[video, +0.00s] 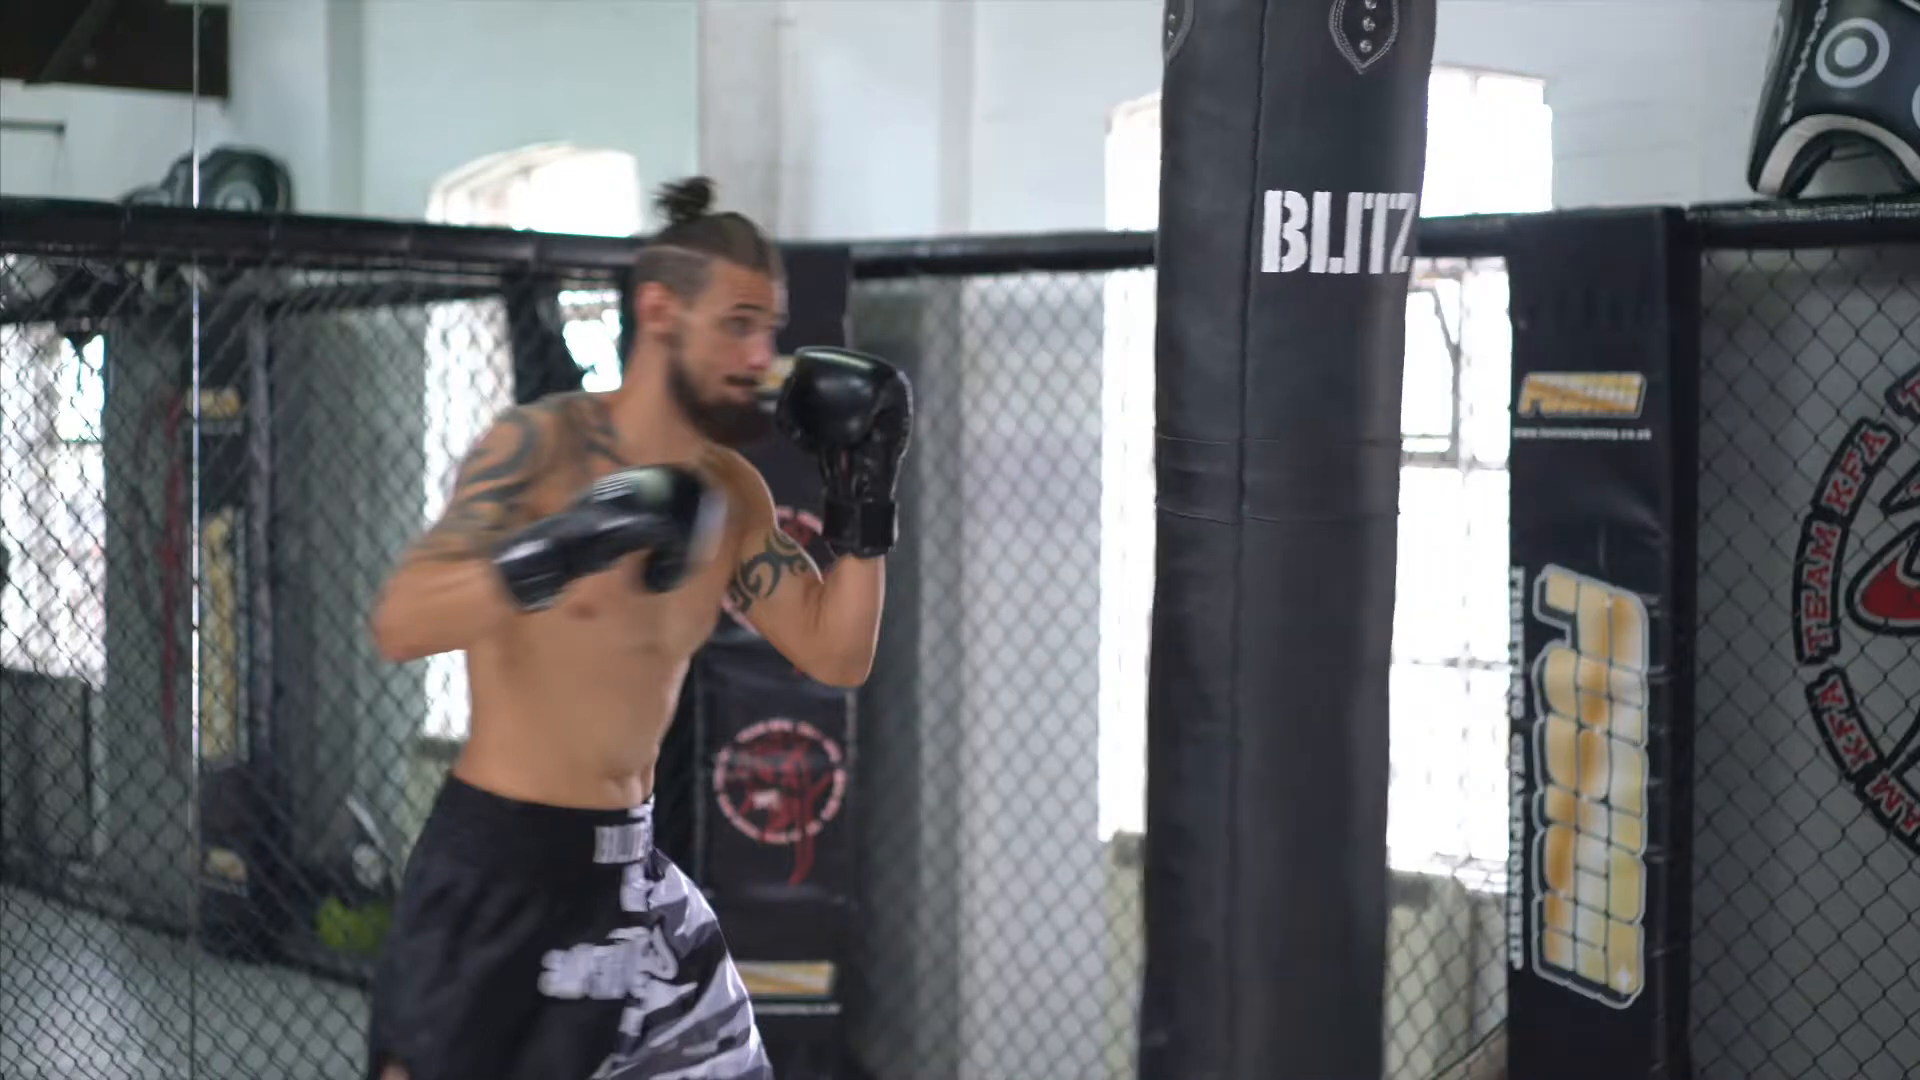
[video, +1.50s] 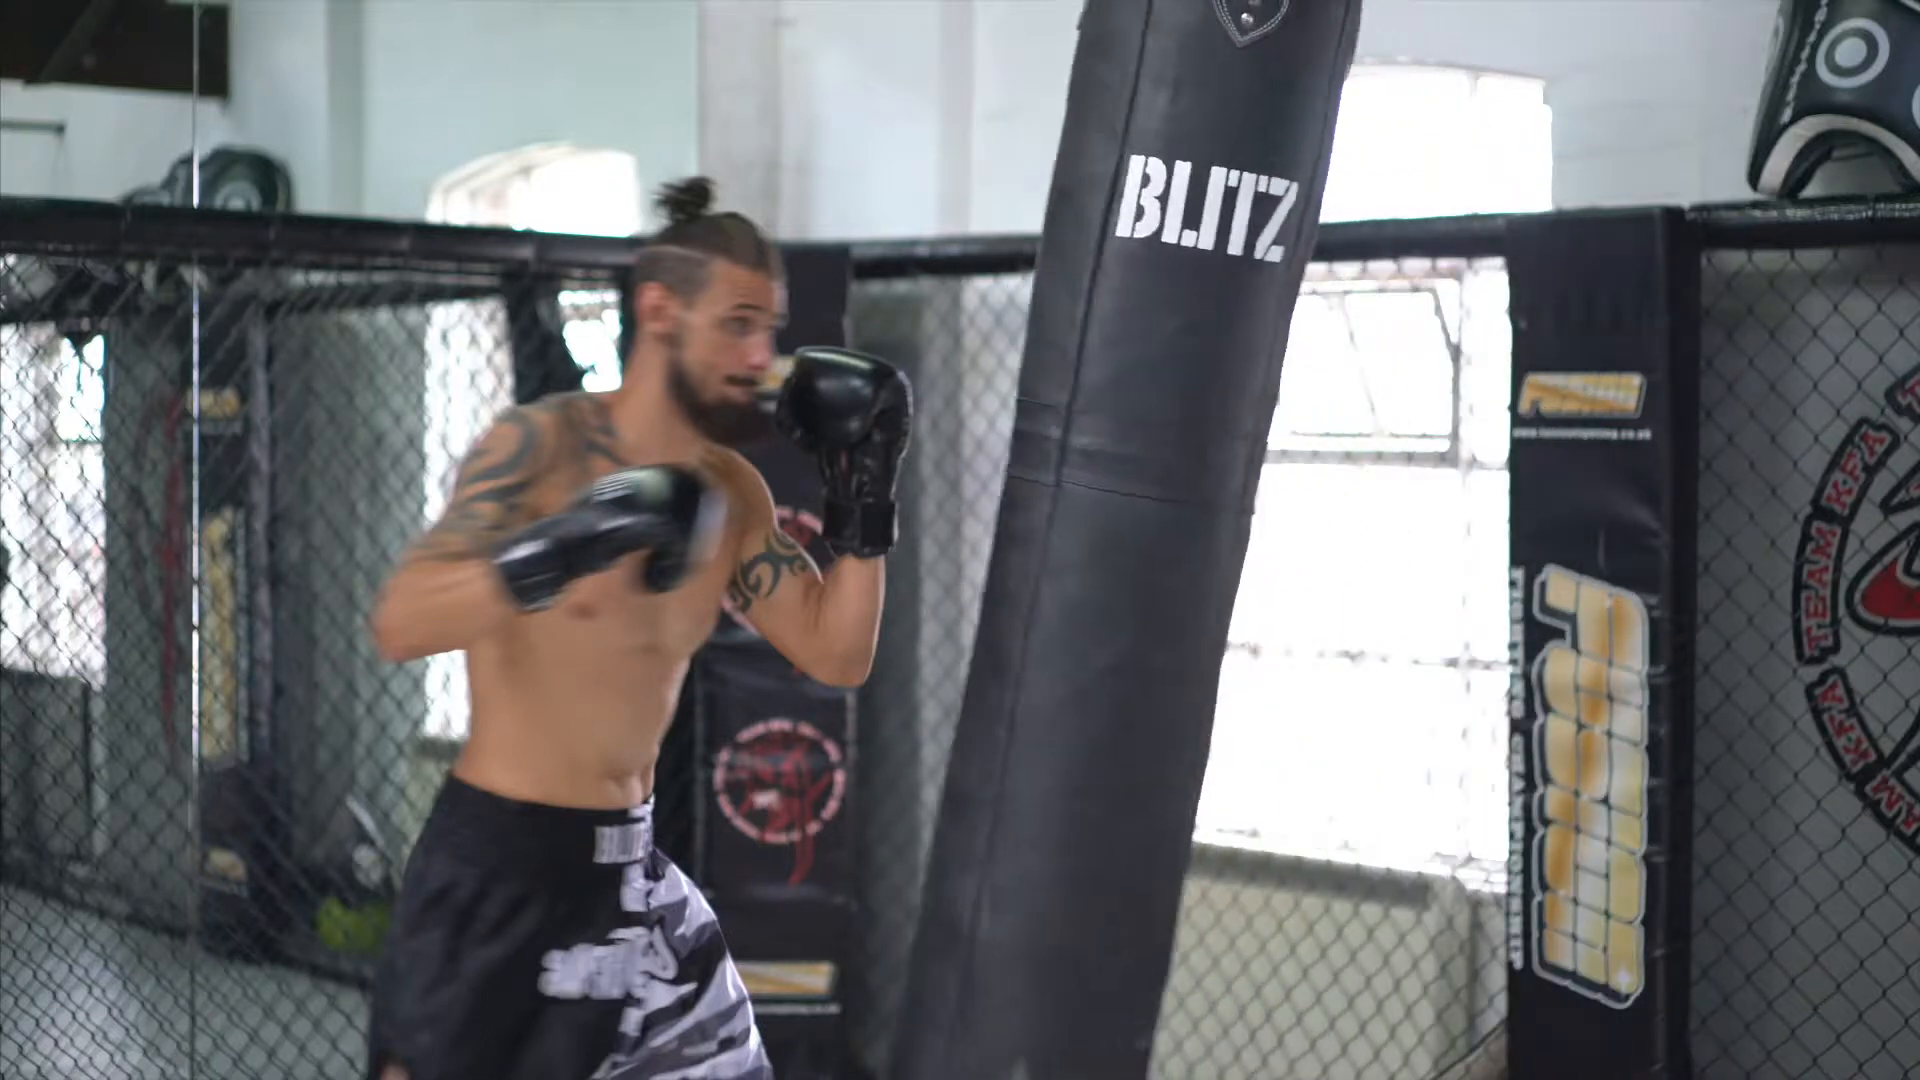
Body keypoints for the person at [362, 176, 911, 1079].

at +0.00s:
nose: (762, 358)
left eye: (772, 331)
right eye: (739, 325)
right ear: (656, 310)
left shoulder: (734, 493)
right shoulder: (539, 440)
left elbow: (839, 655)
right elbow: (401, 623)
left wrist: (864, 483)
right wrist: (569, 547)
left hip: (636, 868)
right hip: (500, 866)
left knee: (732, 1066)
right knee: (442, 1065)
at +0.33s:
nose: (762, 357)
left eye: (772, 331)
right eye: (739, 325)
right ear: (656, 310)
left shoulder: (733, 493)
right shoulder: (539, 440)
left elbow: (839, 655)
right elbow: (400, 623)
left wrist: (865, 483)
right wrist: (570, 546)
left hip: (636, 868)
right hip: (499, 866)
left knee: (732, 1066)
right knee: (442, 1065)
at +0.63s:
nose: (762, 358)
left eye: (772, 331)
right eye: (739, 325)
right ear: (656, 310)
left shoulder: (733, 492)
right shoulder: (538, 440)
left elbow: (839, 655)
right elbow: (401, 623)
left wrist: (864, 483)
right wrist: (569, 547)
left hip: (636, 868)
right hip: (499, 866)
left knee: (732, 1066)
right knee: (442, 1065)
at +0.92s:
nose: (762, 358)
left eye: (772, 331)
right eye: (739, 325)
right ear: (656, 310)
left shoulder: (733, 493)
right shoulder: (538, 440)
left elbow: (839, 655)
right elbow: (401, 623)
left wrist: (864, 483)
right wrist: (569, 547)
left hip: (636, 868)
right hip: (499, 866)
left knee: (732, 1066)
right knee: (442, 1065)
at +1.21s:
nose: (762, 357)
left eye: (771, 331)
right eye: (738, 325)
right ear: (656, 310)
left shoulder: (733, 493)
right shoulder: (539, 440)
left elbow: (839, 655)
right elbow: (401, 623)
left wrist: (865, 483)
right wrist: (570, 546)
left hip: (636, 867)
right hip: (499, 865)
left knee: (732, 1066)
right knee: (442, 1064)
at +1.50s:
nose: (761, 358)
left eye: (772, 331)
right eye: (738, 326)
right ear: (656, 310)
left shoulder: (733, 492)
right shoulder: (539, 440)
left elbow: (839, 655)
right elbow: (401, 623)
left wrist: (865, 483)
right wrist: (569, 547)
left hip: (635, 867)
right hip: (499, 865)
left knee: (731, 1066)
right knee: (441, 1065)